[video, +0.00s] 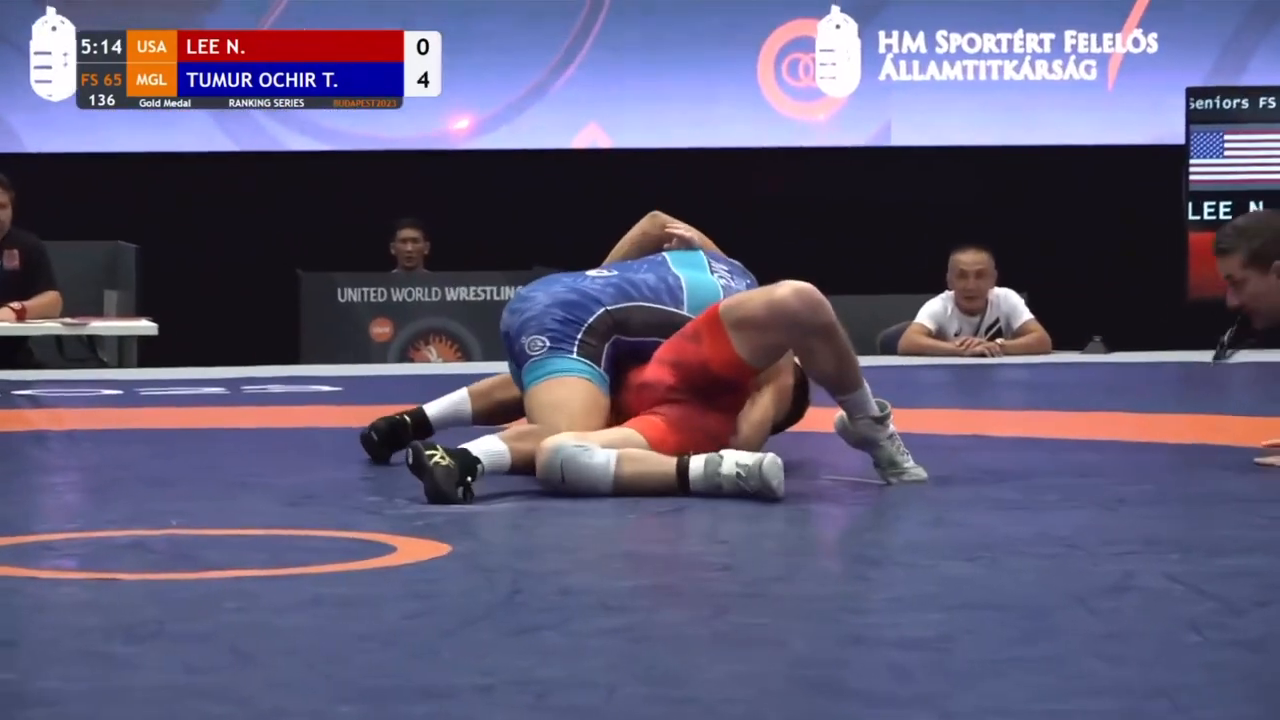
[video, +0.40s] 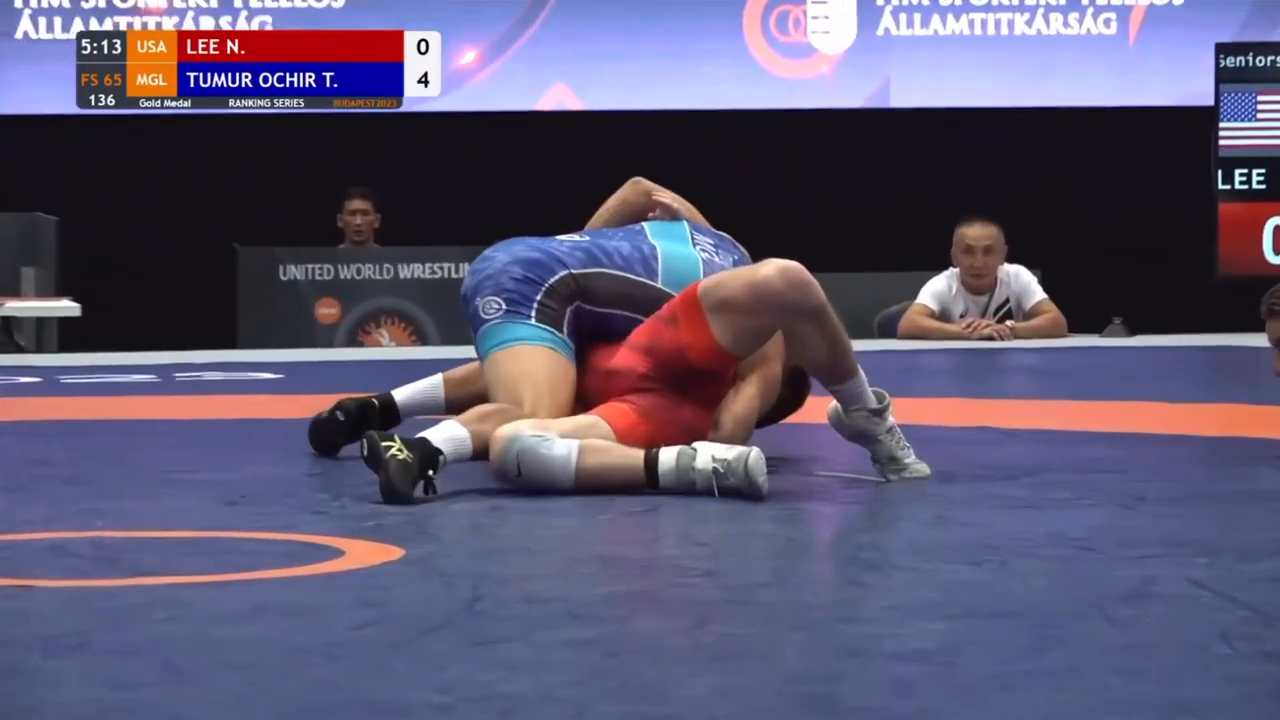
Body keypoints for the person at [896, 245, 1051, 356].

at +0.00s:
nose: (970, 285)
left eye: (980, 276)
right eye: (962, 276)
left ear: (994, 278)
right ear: (949, 279)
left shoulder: (1007, 299)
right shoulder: (938, 305)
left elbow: (1043, 343)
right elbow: (907, 344)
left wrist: (996, 346)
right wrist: (963, 349)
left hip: (1000, 385)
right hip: (948, 386)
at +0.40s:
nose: (978, 262)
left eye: (988, 252)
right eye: (968, 252)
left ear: (1003, 254)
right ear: (953, 254)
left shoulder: (1018, 277)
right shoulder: (941, 284)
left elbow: (1057, 325)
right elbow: (908, 327)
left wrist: (1006, 329)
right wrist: (969, 332)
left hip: (1010, 372)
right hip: (953, 373)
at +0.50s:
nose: (978, 259)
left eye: (989, 249)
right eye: (968, 249)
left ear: (1004, 251)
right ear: (953, 251)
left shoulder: (1018, 274)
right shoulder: (941, 282)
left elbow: (1059, 323)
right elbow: (907, 325)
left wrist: (1006, 328)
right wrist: (970, 330)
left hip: (1010, 371)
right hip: (953, 372)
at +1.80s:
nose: (968, 261)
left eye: (978, 250)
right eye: (958, 250)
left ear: (993, 252)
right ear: (942, 253)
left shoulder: (1008, 276)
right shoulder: (930, 284)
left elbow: (1049, 325)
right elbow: (895, 327)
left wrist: (995, 330)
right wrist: (958, 333)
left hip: (1000, 375)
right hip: (943, 376)